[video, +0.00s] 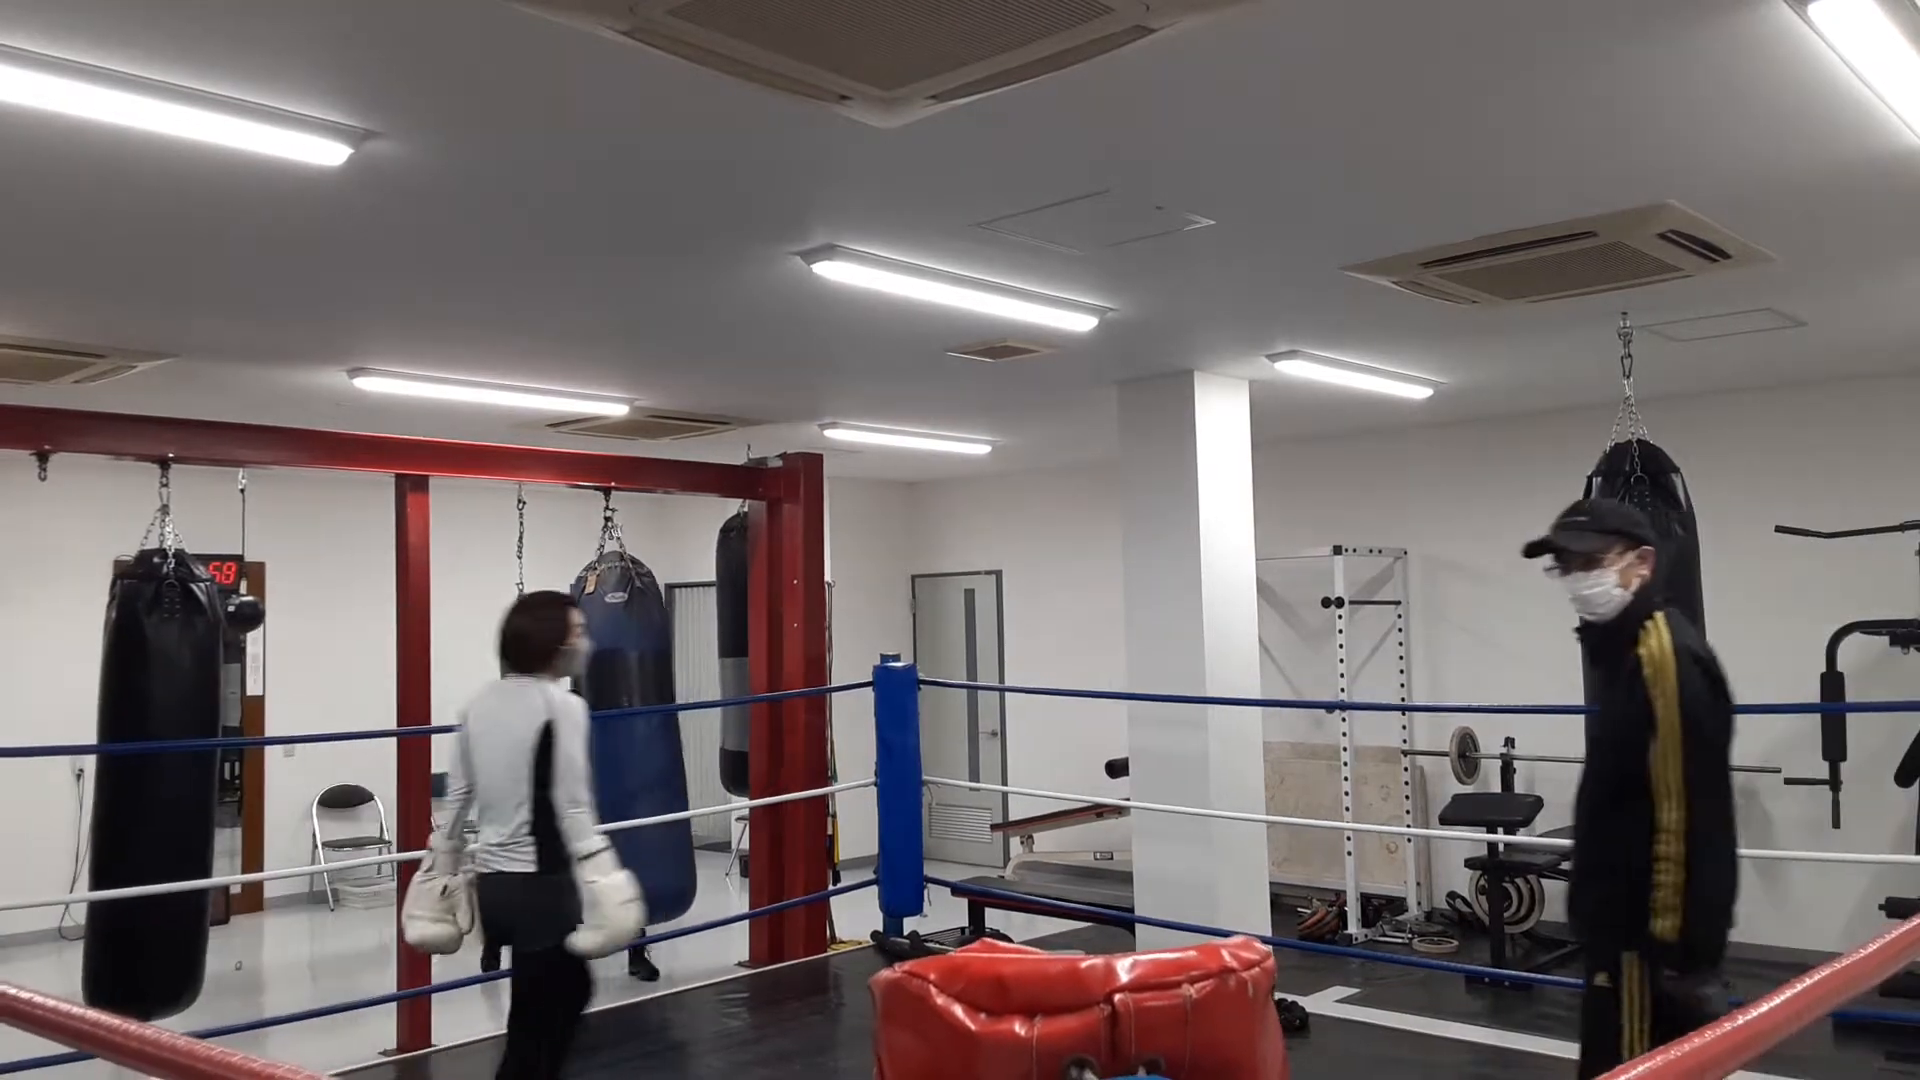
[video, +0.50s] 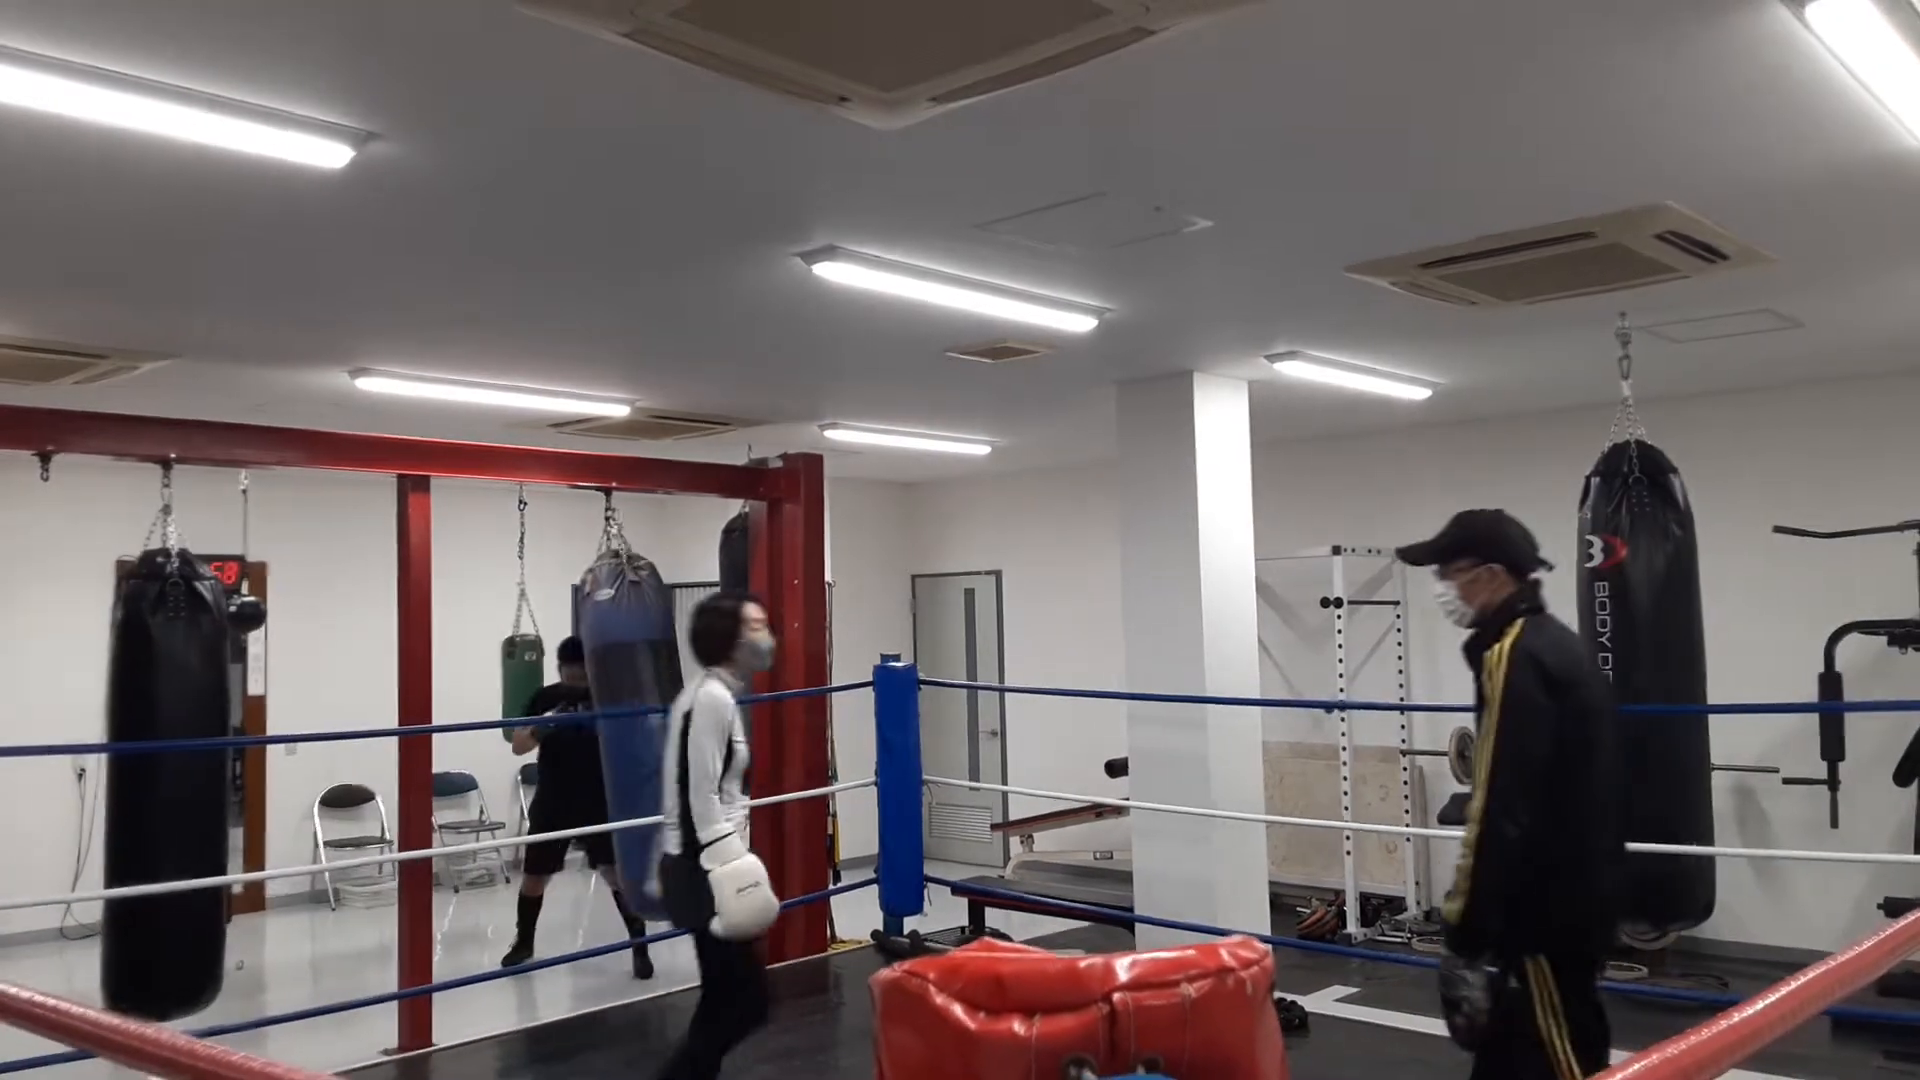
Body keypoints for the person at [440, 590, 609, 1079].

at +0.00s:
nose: (585, 641)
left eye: (583, 630)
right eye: (577, 631)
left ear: (516, 640)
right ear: (555, 642)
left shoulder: (477, 706)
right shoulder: (564, 706)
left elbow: (458, 802)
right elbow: (573, 809)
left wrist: (439, 880)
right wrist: (612, 889)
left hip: (493, 888)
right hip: (544, 889)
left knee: (573, 988)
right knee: (538, 1015)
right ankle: (518, 1074)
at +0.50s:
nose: (768, 637)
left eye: (766, 627)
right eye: (756, 627)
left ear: (731, 637)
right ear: (727, 636)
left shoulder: (710, 694)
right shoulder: (712, 698)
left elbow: (703, 792)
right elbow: (704, 796)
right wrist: (738, 874)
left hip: (702, 862)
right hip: (701, 864)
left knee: (728, 996)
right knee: (742, 1000)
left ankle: (688, 1071)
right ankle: (683, 1072)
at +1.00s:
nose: (929, 656)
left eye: (931, 646)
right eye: (922, 646)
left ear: (915, 646)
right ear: (894, 647)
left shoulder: (894, 695)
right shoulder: (850, 701)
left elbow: (895, 759)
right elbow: (815, 791)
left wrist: (949, 772)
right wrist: (852, 859)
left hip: (886, 859)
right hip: (857, 865)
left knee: (889, 988)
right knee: (906, 979)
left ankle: (847, 1065)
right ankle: (821, 1061)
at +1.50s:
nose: (1090, 660)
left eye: (1096, 652)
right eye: (1081, 649)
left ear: (1101, 656)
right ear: (1054, 648)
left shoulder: (1081, 709)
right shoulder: (1007, 698)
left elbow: (1094, 784)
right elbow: (981, 780)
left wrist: (1107, 755)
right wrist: (1028, 754)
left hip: (1040, 854)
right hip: (986, 853)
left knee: (1076, 960)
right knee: (959, 963)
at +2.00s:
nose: (1067, 631)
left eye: (1078, 626)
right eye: (1058, 621)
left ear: (1090, 639)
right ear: (1039, 627)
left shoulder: (1093, 690)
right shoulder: (1002, 683)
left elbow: (1115, 758)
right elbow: (973, 744)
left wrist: (1096, 807)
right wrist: (991, 784)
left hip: (1068, 839)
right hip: (1004, 835)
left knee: (1071, 956)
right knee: (984, 949)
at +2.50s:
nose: (1007, 632)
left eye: (1018, 624)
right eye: (999, 622)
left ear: (1031, 635)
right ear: (982, 629)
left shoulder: (1044, 680)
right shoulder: (956, 679)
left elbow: (1065, 742)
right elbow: (939, 736)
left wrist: (1041, 784)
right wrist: (953, 771)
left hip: (1039, 823)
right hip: (981, 822)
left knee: (1042, 935)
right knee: (979, 933)